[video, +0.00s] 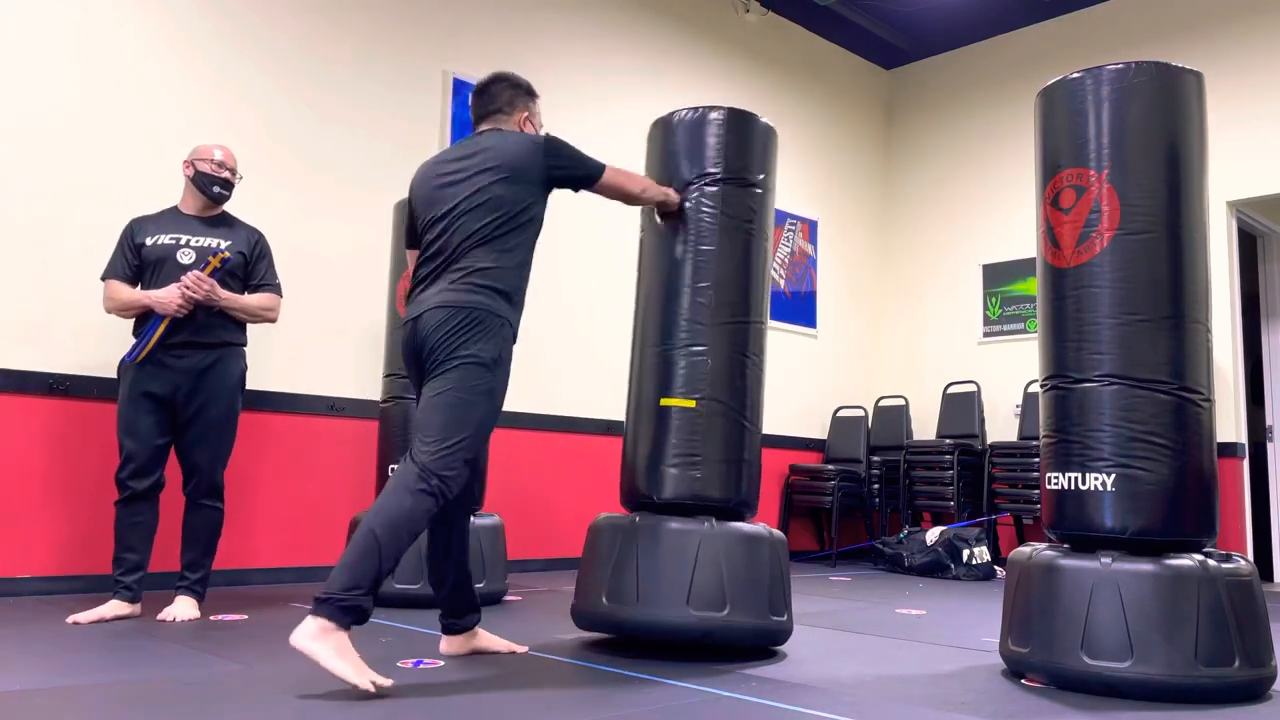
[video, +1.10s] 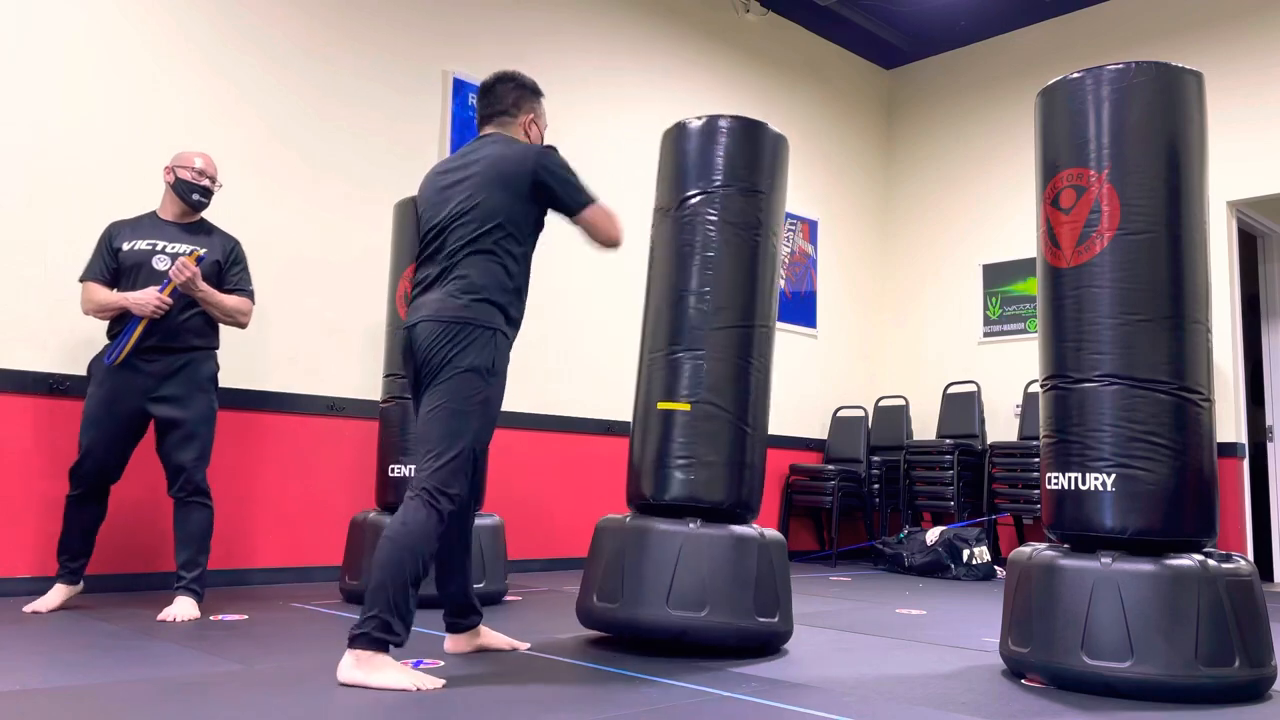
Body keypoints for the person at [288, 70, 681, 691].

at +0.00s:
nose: (540, 129)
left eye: (539, 121)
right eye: (538, 120)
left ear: (477, 117)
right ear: (524, 116)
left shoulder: (428, 172)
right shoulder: (532, 147)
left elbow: (416, 259)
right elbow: (632, 187)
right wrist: (668, 197)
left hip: (421, 320)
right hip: (477, 316)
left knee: (455, 481)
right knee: (428, 473)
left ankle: (460, 627)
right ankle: (327, 621)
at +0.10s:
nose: (533, 125)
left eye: (531, 117)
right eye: (532, 116)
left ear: (472, 113)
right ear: (517, 111)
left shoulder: (423, 168)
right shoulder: (521, 148)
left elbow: (412, 269)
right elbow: (603, 217)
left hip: (418, 320)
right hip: (466, 317)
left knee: (454, 485)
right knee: (423, 481)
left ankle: (460, 628)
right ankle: (336, 643)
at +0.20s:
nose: (524, 122)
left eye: (523, 113)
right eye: (524, 112)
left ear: (462, 107)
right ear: (511, 106)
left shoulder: (425, 165)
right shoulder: (500, 155)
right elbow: (545, 255)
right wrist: (551, 188)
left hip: (415, 320)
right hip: (454, 324)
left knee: (454, 489)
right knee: (408, 492)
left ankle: (459, 628)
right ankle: (332, 656)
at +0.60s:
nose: (528, 108)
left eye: (528, 96)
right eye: (526, 95)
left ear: (479, 91)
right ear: (505, 91)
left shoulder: (467, 146)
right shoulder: (470, 144)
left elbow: (483, 238)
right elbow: (495, 239)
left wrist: (526, 215)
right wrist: (545, 201)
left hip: (470, 335)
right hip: (444, 328)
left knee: (513, 467)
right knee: (396, 483)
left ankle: (473, 610)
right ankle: (332, 654)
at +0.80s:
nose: (544, 132)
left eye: (545, 123)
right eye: (542, 121)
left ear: (505, 115)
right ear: (521, 114)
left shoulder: (493, 172)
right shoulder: (483, 145)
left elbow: (524, 257)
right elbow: (496, 199)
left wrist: (594, 241)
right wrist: (553, 172)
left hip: (465, 324)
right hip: (472, 320)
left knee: (485, 473)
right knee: (491, 468)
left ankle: (471, 625)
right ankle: (378, 615)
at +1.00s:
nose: (546, 134)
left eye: (546, 126)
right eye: (545, 125)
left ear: (483, 123)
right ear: (532, 122)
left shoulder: (435, 176)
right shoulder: (538, 152)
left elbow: (427, 262)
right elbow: (639, 198)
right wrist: (667, 207)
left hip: (426, 325)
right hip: (477, 323)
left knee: (457, 482)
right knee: (439, 484)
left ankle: (463, 627)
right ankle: (355, 638)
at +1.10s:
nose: (545, 134)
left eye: (543, 125)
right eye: (544, 125)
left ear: (483, 121)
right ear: (529, 120)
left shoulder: (436, 175)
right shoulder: (533, 157)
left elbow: (428, 265)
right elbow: (609, 233)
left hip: (423, 324)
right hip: (474, 322)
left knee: (456, 486)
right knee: (433, 490)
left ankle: (464, 626)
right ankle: (369, 650)